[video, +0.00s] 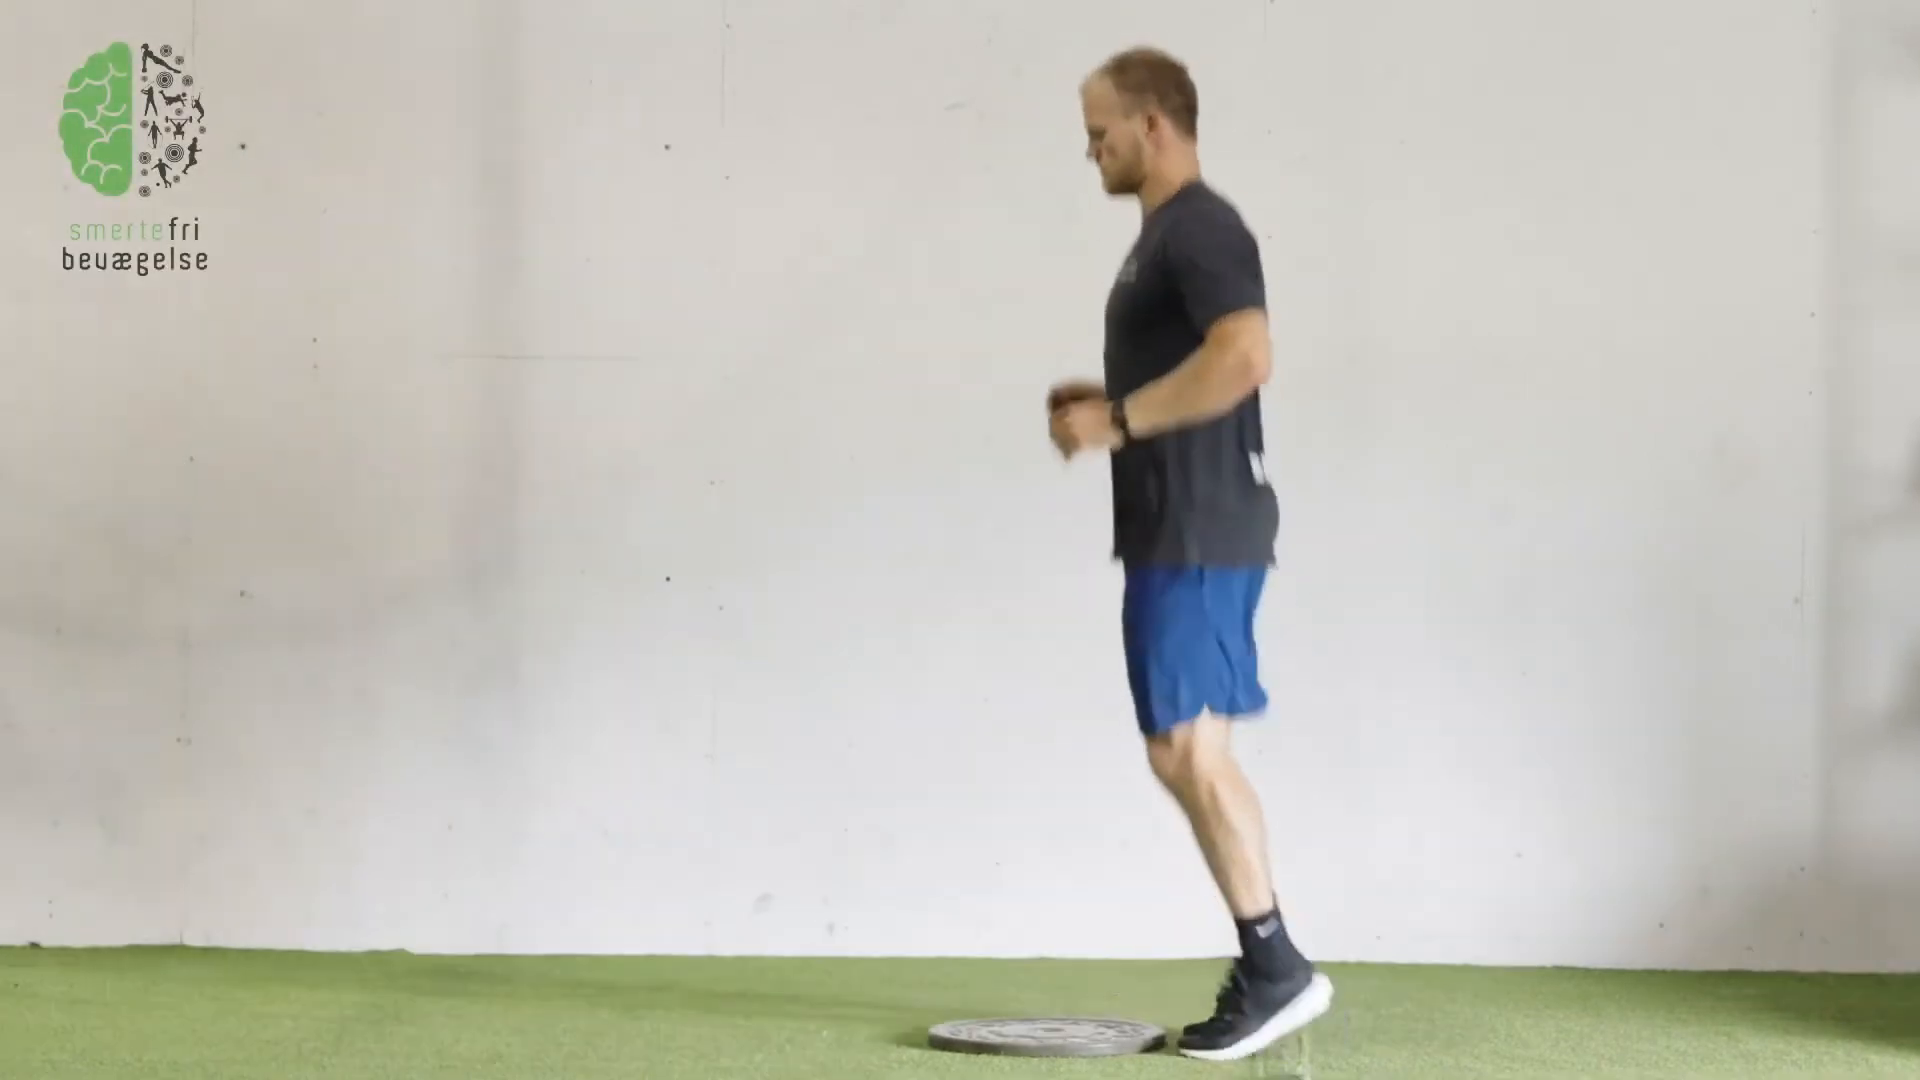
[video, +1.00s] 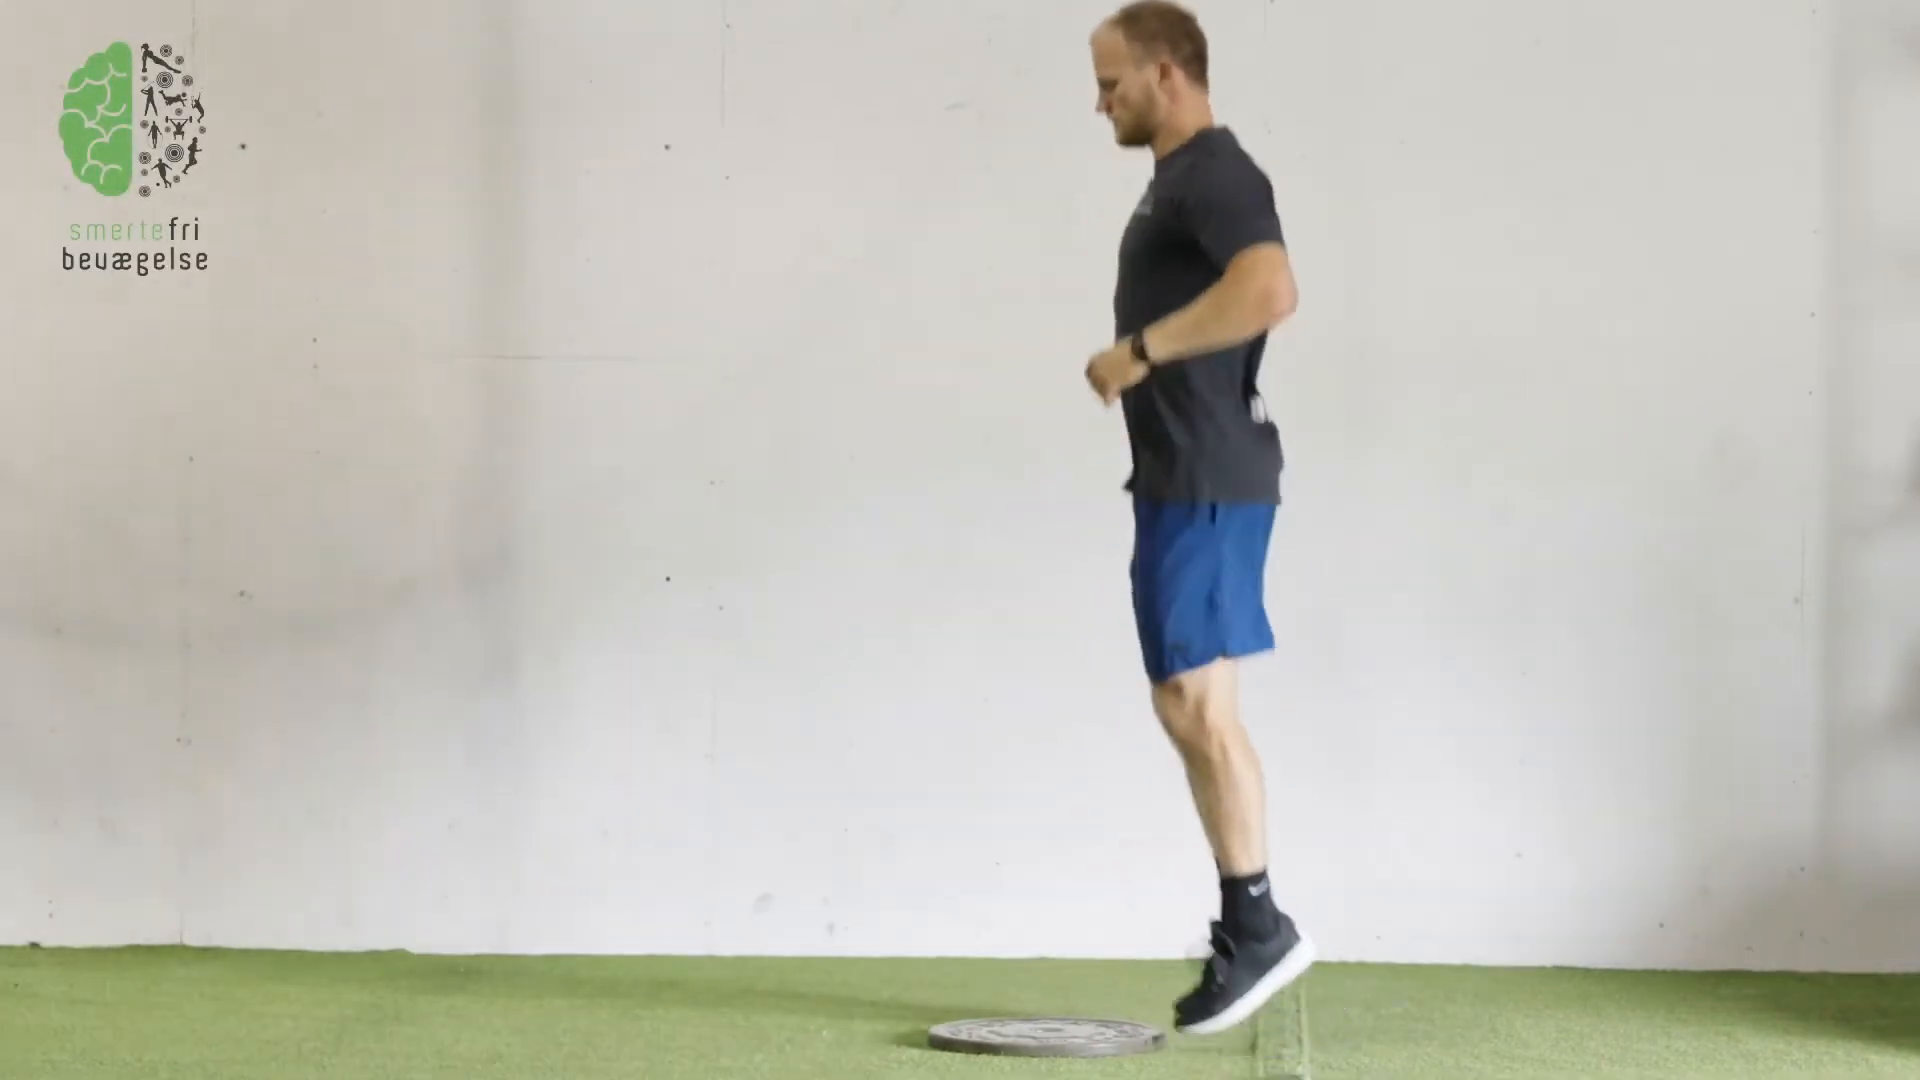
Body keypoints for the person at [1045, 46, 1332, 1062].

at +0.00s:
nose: (1091, 153)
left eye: (1099, 134)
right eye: (1090, 136)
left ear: (1153, 126)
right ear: (1150, 129)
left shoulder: (1200, 225)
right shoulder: (1169, 233)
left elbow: (1243, 358)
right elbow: (1198, 374)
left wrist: (1119, 421)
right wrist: (1106, 401)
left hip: (1197, 537)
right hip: (1176, 534)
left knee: (1187, 748)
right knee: (1186, 747)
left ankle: (1274, 969)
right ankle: (1268, 967)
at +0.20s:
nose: (1068, 78)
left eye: (1077, 57)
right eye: (1066, 60)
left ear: (1136, 49)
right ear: (1138, 53)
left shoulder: (1175, 141)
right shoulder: (1170, 144)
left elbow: (1233, 264)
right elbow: (1244, 284)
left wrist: (1105, 322)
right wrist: (1116, 333)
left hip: (1181, 464)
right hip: (1179, 461)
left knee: (1152, 686)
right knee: (1152, 687)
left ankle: (1180, 910)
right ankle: (1177, 907)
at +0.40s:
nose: (1066, 171)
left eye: (1075, 152)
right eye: (1065, 154)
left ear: (1130, 147)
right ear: (1133, 150)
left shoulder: (1169, 251)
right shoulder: (1147, 253)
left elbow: (1195, 394)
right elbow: (1190, 416)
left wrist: (1068, 459)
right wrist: (1107, 496)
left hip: (1166, 561)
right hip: (1156, 558)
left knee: (1089, 765)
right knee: (1098, 767)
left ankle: (1163, 978)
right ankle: (1163, 974)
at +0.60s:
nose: (1070, 89)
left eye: (1079, 69)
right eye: (1069, 72)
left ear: (1135, 60)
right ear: (1136, 64)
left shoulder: (1173, 151)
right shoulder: (1186, 152)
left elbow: (1243, 260)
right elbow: (1265, 276)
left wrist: (1142, 353)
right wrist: (1206, 381)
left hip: (1186, 470)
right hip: (1199, 464)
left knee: (1160, 691)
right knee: (1168, 691)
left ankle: (1202, 916)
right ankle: (1200, 912)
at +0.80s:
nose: (1087, 166)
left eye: (1098, 148)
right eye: (1087, 150)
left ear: (1155, 144)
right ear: (1153, 148)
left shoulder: (1201, 247)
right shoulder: (1170, 254)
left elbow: (1261, 377)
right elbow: (1243, 390)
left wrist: (1150, 472)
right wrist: (1154, 486)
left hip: (1222, 561)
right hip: (1206, 559)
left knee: (1192, 781)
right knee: (1194, 781)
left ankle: (1301, 987)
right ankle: (1293, 983)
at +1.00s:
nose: (1100, 103)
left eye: (1110, 83)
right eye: (1098, 85)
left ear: (1168, 76)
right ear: (1160, 79)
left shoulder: (1213, 168)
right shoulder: (1190, 172)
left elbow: (1266, 290)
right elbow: (1250, 296)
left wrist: (1141, 350)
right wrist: (1147, 358)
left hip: (1206, 486)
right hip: (1186, 486)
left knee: (1196, 704)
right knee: (1190, 705)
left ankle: (1254, 927)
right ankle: (1248, 925)